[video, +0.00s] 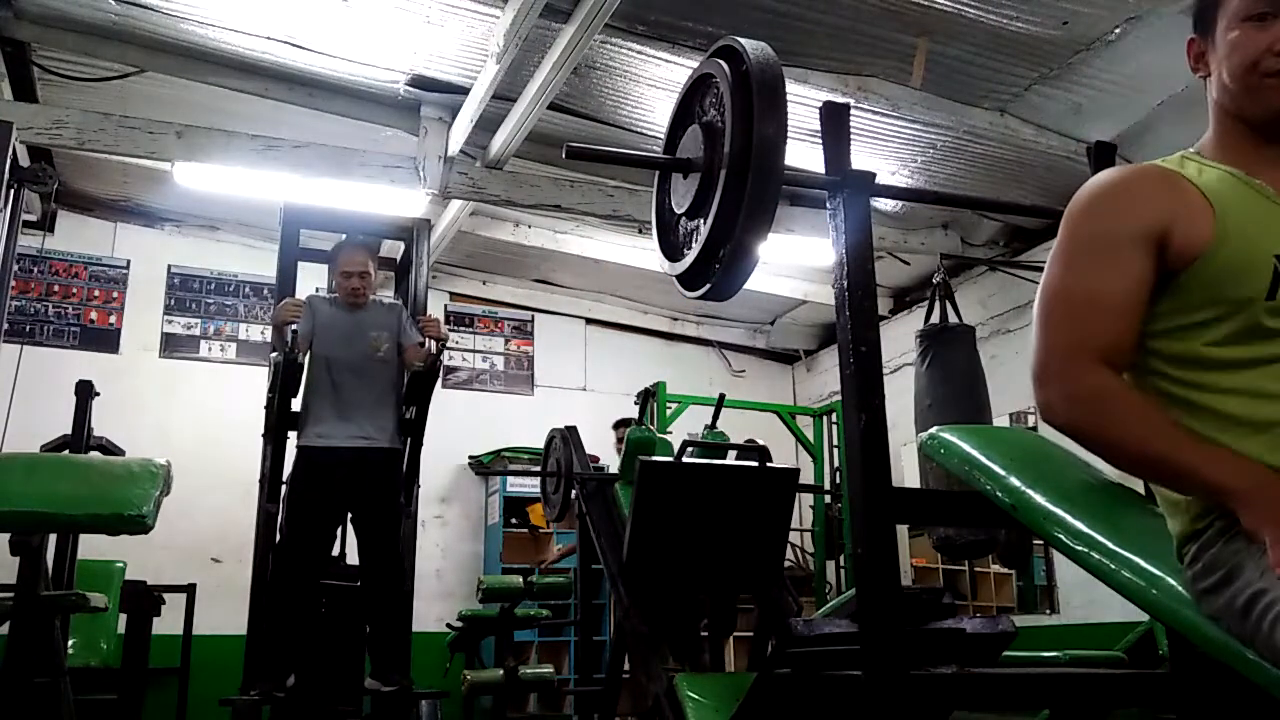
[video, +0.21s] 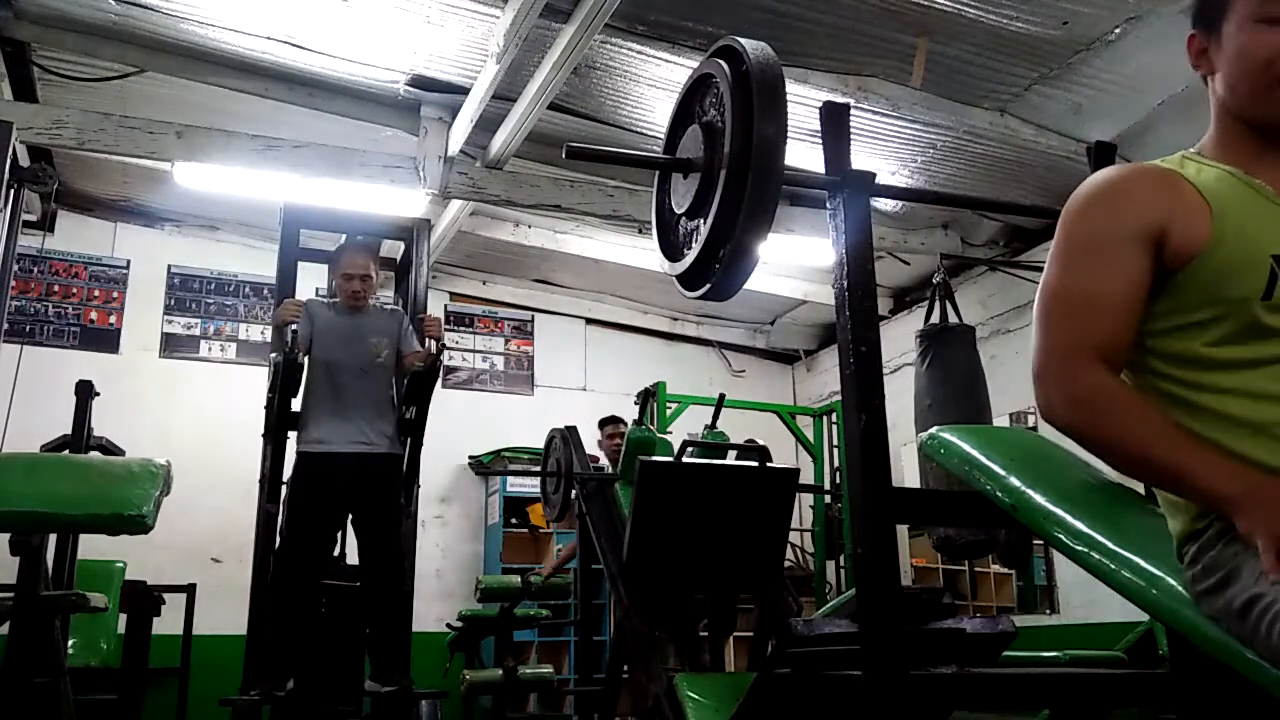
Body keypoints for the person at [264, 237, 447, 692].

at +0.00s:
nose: (355, 283)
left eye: (363, 276)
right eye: (347, 275)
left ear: (374, 276)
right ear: (333, 276)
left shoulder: (393, 313)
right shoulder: (315, 311)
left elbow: (417, 365)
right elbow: (288, 351)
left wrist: (432, 344)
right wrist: (278, 326)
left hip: (377, 453)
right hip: (319, 451)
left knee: (384, 568)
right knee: (297, 562)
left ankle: (387, 670)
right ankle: (281, 670)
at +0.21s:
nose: (357, 286)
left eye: (365, 278)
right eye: (348, 278)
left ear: (377, 280)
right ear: (334, 279)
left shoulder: (394, 319)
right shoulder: (313, 314)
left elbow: (415, 375)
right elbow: (287, 355)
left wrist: (431, 349)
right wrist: (281, 327)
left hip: (378, 457)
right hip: (319, 455)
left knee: (384, 570)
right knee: (298, 565)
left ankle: (385, 671)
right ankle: (282, 671)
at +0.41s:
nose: (359, 286)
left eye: (367, 279)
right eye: (351, 278)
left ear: (378, 280)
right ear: (335, 278)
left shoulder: (394, 318)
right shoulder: (313, 314)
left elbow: (413, 372)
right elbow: (285, 358)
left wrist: (430, 349)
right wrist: (279, 327)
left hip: (377, 457)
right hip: (318, 455)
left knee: (384, 571)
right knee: (296, 566)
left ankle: (387, 672)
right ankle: (279, 672)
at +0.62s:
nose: (360, 286)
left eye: (369, 278)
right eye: (352, 278)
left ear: (382, 278)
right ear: (339, 277)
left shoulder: (400, 316)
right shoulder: (320, 310)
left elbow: (417, 376)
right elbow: (295, 358)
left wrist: (431, 348)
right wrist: (282, 329)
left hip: (377, 455)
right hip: (319, 451)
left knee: (382, 570)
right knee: (297, 564)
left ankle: (386, 671)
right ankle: (281, 671)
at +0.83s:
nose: (358, 289)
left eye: (367, 281)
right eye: (351, 280)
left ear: (379, 282)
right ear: (338, 278)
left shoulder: (395, 318)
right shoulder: (315, 314)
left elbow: (415, 375)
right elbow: (286, 356)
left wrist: (430, 348)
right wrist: (280, 327)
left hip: (378, 459)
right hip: (319, 456)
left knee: (384, 572)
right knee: (299, 566)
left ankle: (386, 672)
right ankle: (282, 672)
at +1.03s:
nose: (350, 292)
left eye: (358, 284)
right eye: (342, 283)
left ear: (375, 281)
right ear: (332, 278)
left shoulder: (394, 318)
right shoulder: (314, 315)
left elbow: (415, 373)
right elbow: (286, 356)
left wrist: (429, 348)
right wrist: (280, 327)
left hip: (376, 458)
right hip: (317, 456)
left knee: (382, 571)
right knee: (298, 566)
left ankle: (385, 671)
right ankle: (282, 672)